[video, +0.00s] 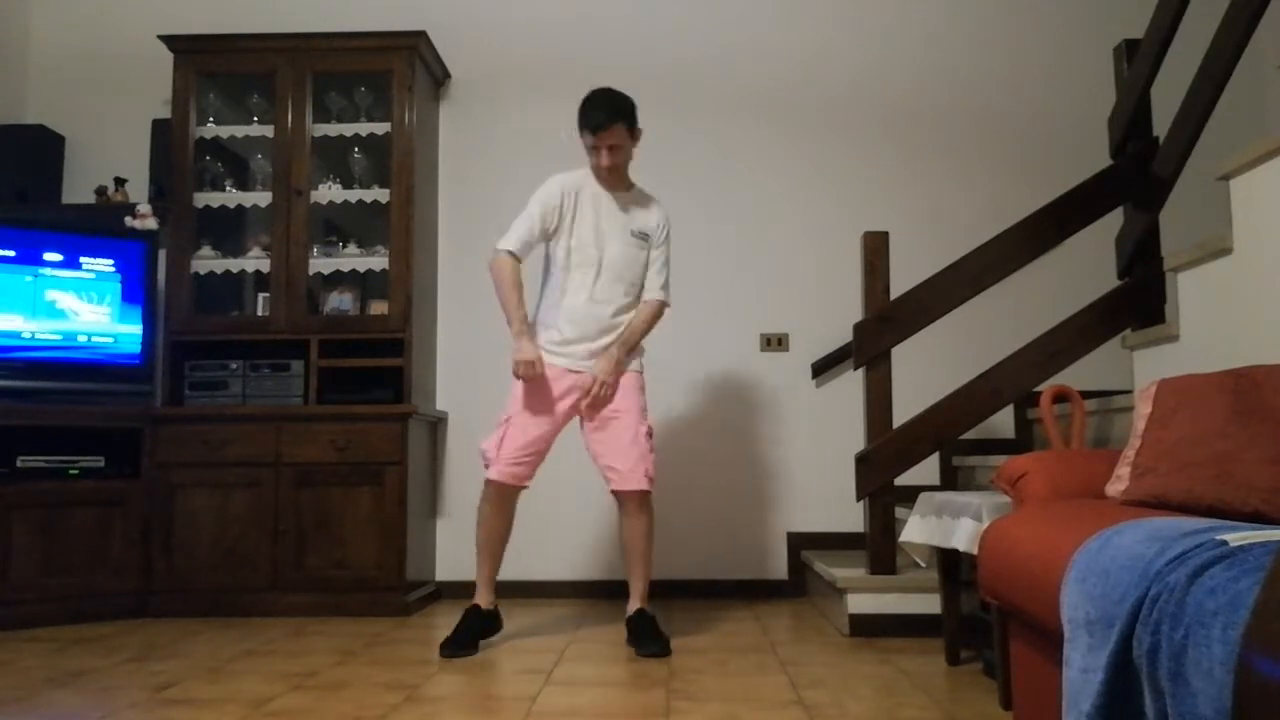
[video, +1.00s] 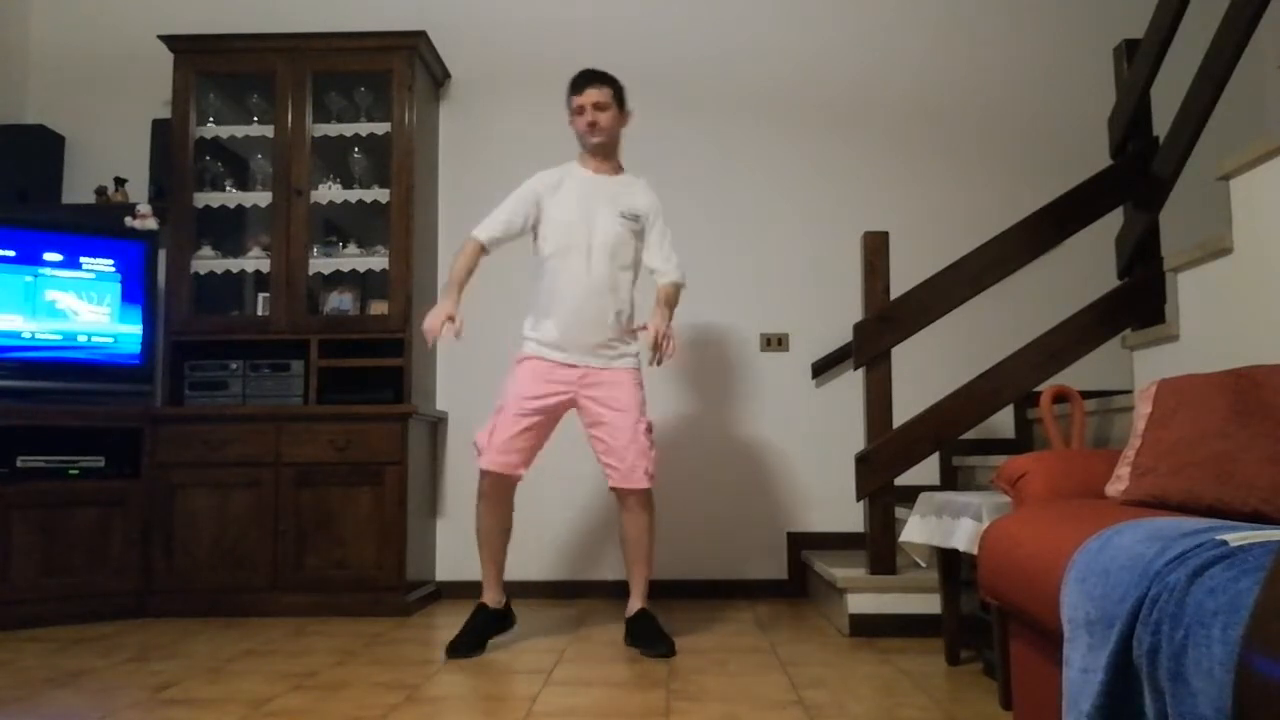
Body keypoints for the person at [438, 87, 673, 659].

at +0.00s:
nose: (604, 154)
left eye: (613, 142)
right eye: (594, 143)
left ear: (635, 137)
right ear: (583, 141)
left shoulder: (651, 214)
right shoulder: (561, 191)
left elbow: (655, 299)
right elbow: (504, 257)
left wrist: (615, 356)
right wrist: (522, 337)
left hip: (617, 371)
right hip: (547, 367)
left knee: (635, 489)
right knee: (501, 478)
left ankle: (638, 610)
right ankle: (483, 604)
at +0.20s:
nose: (604, 144)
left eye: (614, 133)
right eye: (594, 132)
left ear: (630, 137)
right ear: (577, 133)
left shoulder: (639, 212)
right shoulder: (545, 196)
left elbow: (650, 298)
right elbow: (502, 272)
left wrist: (613, 357)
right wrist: (528, 344)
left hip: (611, 366)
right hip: (543, 364)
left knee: (631, 485)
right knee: (510, 486)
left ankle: (640, 609)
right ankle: (511, 609)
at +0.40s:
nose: (564, 114)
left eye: (576, 108)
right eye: (555, 106)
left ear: (593, 124)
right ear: (540, 119)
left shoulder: (611, 199)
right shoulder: (518, 200)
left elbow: (639, 287)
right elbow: (488, 287)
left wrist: (613, 347)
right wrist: (518, 354)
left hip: (599, 367)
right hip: (530, 368)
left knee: (634, 477)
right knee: (503, 487)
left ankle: (653, 606)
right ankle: (510, 610)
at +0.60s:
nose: (538, 115)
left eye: (550, 107)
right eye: (529, 107)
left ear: (569, 120)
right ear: (515, 121)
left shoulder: (598, 195)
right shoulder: (504, 206)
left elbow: (639, 279)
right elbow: (482, 292)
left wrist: (617, 340)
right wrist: (495, 355)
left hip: (596, 363)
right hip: (525, 367)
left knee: (635, 475)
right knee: (505, 486)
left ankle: (660, 601)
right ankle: (510, 609)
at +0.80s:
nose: (549, 122)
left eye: (560, 112)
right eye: (539, 115)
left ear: (581, 118)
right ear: (528, 123)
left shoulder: (611, 186)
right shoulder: (515, 199)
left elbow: (658, 260)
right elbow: (473, 275)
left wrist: (653, 324)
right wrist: (465, 346)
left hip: (602, 363)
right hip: (532, 364)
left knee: (629, 478)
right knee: (508, 482)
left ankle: (640, 607)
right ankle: (510, 609)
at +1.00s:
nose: (590, 117)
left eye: (601, 108)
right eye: (580, 109)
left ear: (622, 117)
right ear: (570, 120)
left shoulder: (639, 195)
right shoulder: (547, 186)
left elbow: (668, 271)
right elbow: (477, 242)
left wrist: (662, 314)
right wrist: (450, 298)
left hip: (614, 363)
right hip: (542, 358)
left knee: (634, 482)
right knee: (495, 469)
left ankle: (638, 609)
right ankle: (492, 603)